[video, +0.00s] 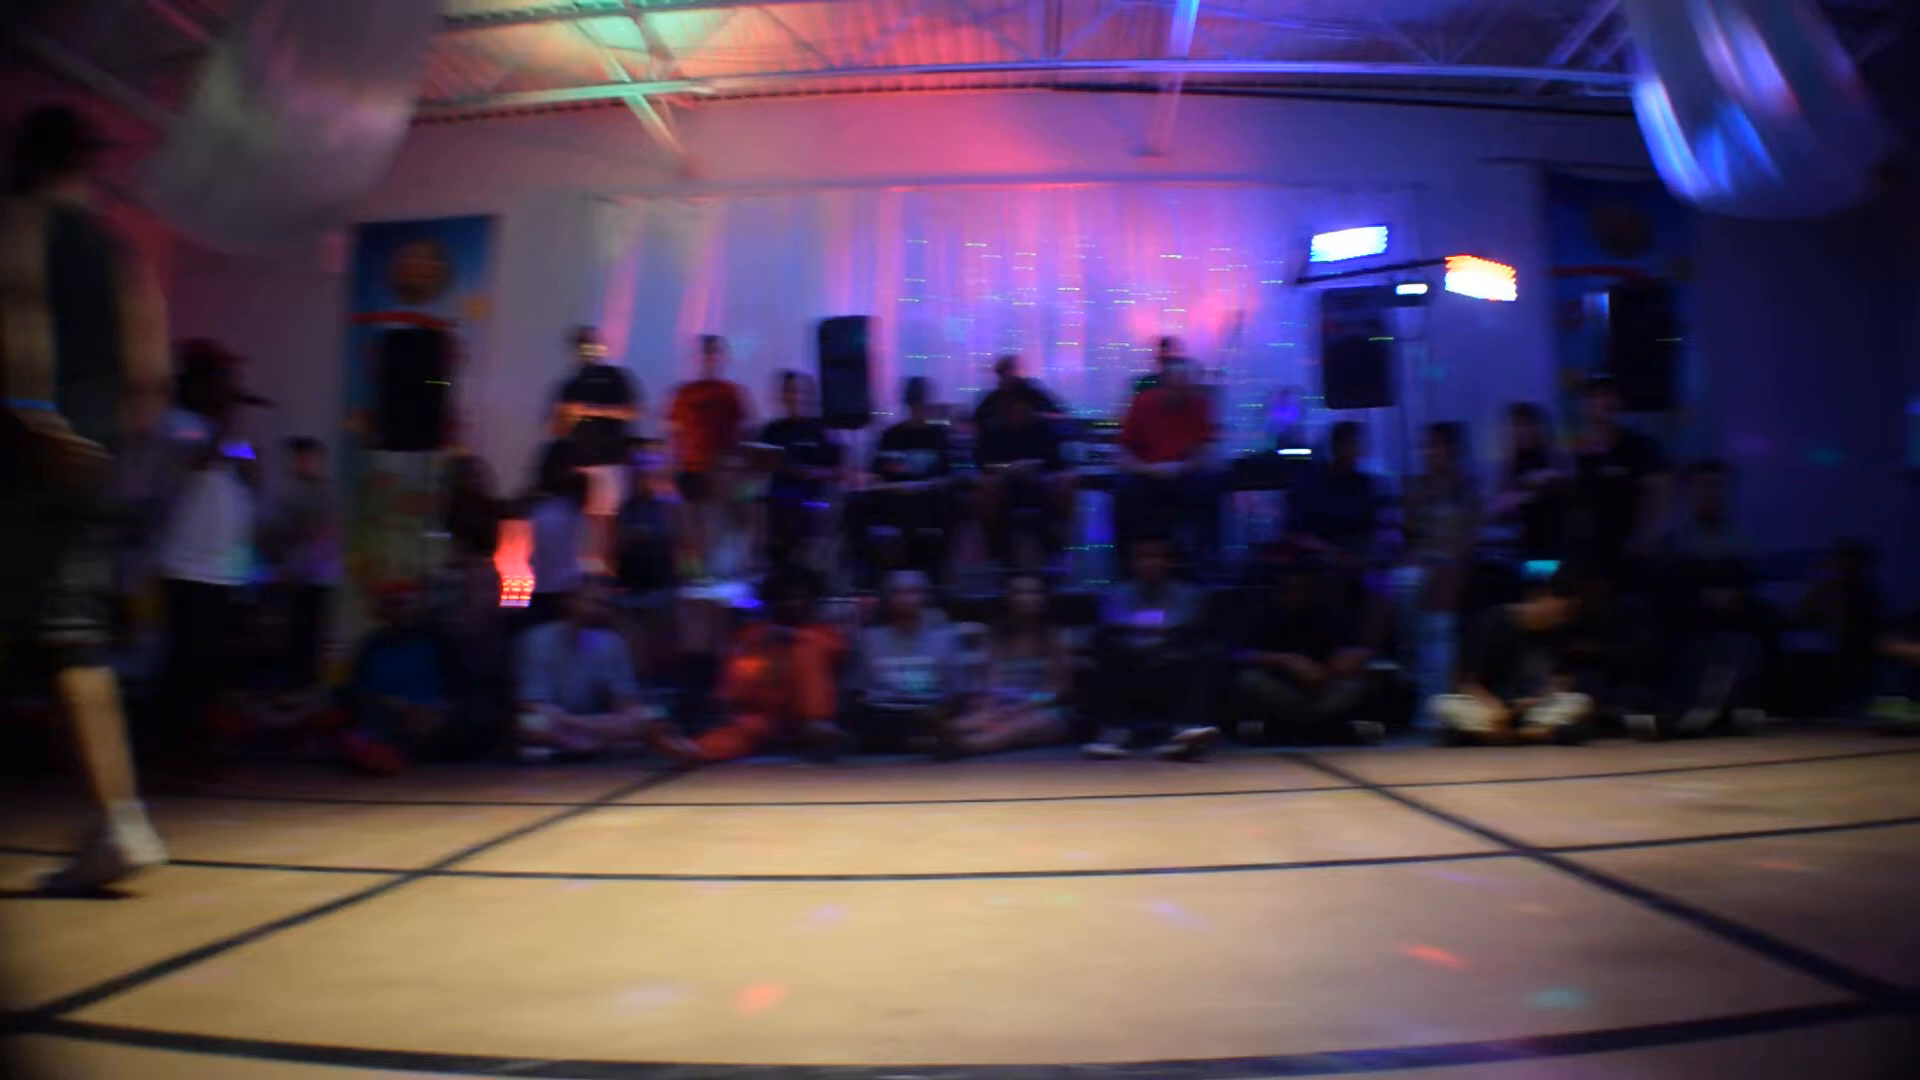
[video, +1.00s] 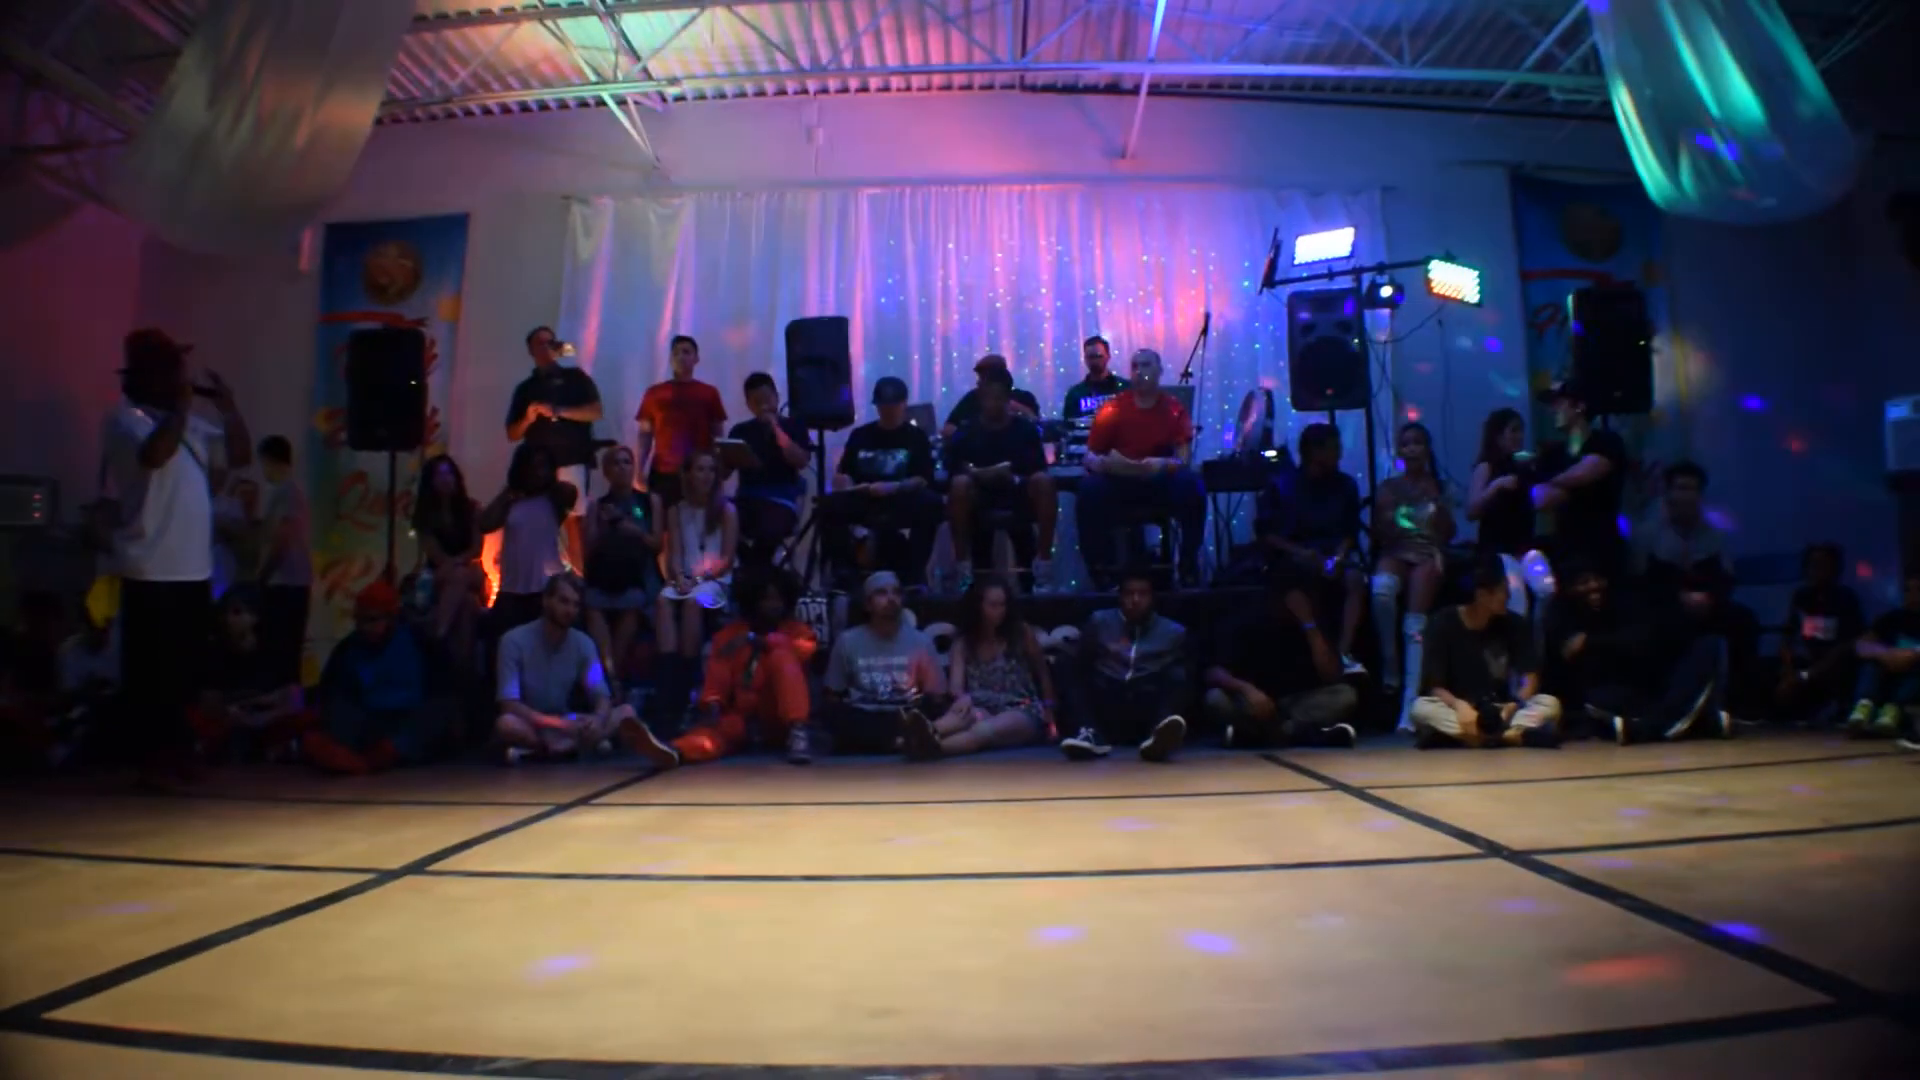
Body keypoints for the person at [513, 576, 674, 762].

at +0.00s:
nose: (597, 609)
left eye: (601, 602)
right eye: (590, 601)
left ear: (606, 605)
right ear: (570, 601)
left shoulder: (610, 643)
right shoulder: (539, 641)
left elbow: (631, 708)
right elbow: (533, 706)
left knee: (650, 719)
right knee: (530, 724)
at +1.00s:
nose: (570, 610)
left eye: (575, 604)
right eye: (563, 602)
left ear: (579, 608)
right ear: (547, 601)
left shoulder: (583, 643)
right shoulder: (515, 641)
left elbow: (602, 696)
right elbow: (509, 703)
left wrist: (598, 721)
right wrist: (561, 725)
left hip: (570, 718)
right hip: (533, 719)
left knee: (626, 712)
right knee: (507, 724)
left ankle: (561, 746)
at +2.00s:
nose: (568, 613)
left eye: (574, 607)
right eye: (561, 604)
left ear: (578, 610)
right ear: (545, 603)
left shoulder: (580, 646)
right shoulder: (513, 644)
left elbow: (600, 701)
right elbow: (507, 707)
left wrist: (596, 725)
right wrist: (562, 729)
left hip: (568, 721)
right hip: (530, 722)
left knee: (624, 715)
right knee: (504, 727)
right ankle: (581, 748)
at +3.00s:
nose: (567, 613)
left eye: (572, 607)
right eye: (561, 604)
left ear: (576, 610)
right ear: (542, 605)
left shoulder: (578, 647)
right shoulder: (509, 645)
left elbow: (598, 702)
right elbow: (504, 708)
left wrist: (593, 725)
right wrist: (555, 729)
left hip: (566, 722)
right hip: (528, 723)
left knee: (622, 716)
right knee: (502, 728)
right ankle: (576, 748)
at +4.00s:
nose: (574, 609)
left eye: (575, 603)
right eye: (567, 603)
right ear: (543, 607)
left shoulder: (579, 647)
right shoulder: (509, 645)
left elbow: (598, 701)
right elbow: (505, 709)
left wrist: (593, 725)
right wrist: (556, 729)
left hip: (564, 722)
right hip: (527, 722)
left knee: (622, 716)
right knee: (501, 727)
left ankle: (560, 750)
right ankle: (577, 747)